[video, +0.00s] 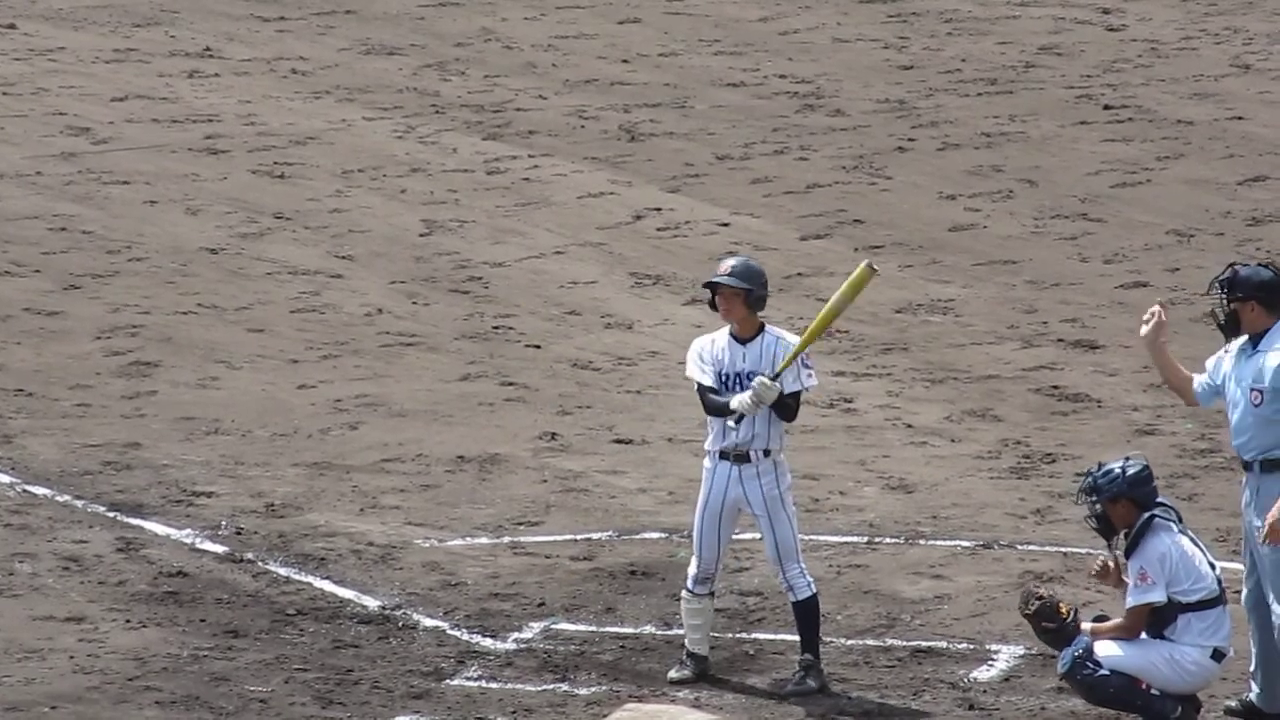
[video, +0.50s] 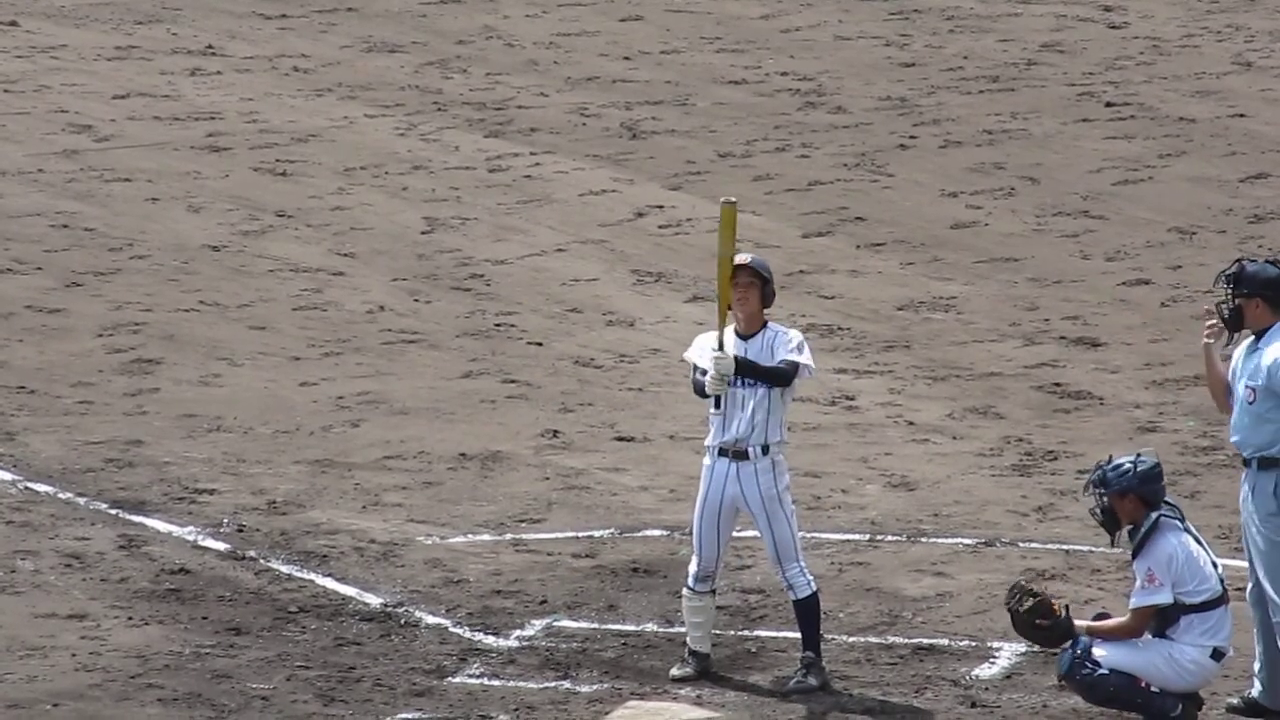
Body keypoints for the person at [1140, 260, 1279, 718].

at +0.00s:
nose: (1226, 309)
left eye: (1233, 302)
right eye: (1228, 302)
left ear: (1255, 306)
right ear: (1251, 306)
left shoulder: (1274, 352)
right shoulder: (1235, 352)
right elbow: (1194, 391)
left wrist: (1278, 505)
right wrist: (1156, 346)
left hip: (1275, 485)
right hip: (1253, 483)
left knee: (1277, 600)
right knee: (1258, 599)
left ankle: (1271, 696)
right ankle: (1265, 695)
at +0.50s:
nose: (1233, 304)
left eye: (1238, 298)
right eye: (1234, 297)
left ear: (1258, 306)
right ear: (1259, 305)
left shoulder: (1274, 351)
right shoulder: (1247, 345)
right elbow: (1228, 403)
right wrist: (1210, 350)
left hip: (1273, 478)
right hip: (1253, 475)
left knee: (1274, 593)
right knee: (1260, 593)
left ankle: (1273, 694)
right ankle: (1267, 692)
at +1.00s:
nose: (1230, 321)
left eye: (1233, 313)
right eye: (1229, 313)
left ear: (1253, 315)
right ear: (1261, 312)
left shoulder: (1272, 365)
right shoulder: (1264, 354)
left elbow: (1275, 448)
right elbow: (1259, 410)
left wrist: (1240, 509)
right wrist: (1232, 380)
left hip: (1266, 496)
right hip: (1254, 489)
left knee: (1266, 600)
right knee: (1260, 596)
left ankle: (1269, 694)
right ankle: (1264, 691)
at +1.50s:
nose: (1203, 345)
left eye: (1205, 336)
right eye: (1202, 336)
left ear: (1222, 334)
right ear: (1244, 327)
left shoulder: (1246, 380)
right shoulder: (1270, 356)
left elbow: (1267, 461)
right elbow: (1268, 456)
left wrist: (1255, 537)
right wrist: (1253, 516)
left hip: (1271, 527)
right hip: (1274, 521)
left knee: (1243, 630)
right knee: (1264, 621)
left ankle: (1275, 706)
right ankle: (1271, 699)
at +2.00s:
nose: (1192, 340)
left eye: (1196, 333)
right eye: (1192, 332)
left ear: (1212, 337)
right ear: (1233, 331)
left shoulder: (1233, 378)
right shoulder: (1261, 359)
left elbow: (1258, 458)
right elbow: (1266, 452)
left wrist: (1238, 523)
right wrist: (1264, 510)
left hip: (1275, 504)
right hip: (1274, 504)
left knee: (1273, 611)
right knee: (1272, 605)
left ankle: (1275, 696)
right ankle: (1274, 693)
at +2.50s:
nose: (1208, 324)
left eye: (1213, 317)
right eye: (1210, 316)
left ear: (1232, 322)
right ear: (1251, 318)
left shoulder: (1246, 368)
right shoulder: (1269, 349)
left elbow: (1259, 449)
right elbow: (1263, 447)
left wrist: (1248, 522)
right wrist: (1254, 517)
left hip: (1272, 502)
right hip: (1272, 496)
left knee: (1264, 616)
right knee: (1267, 605)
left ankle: (1277, 700)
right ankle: (1274, 691)